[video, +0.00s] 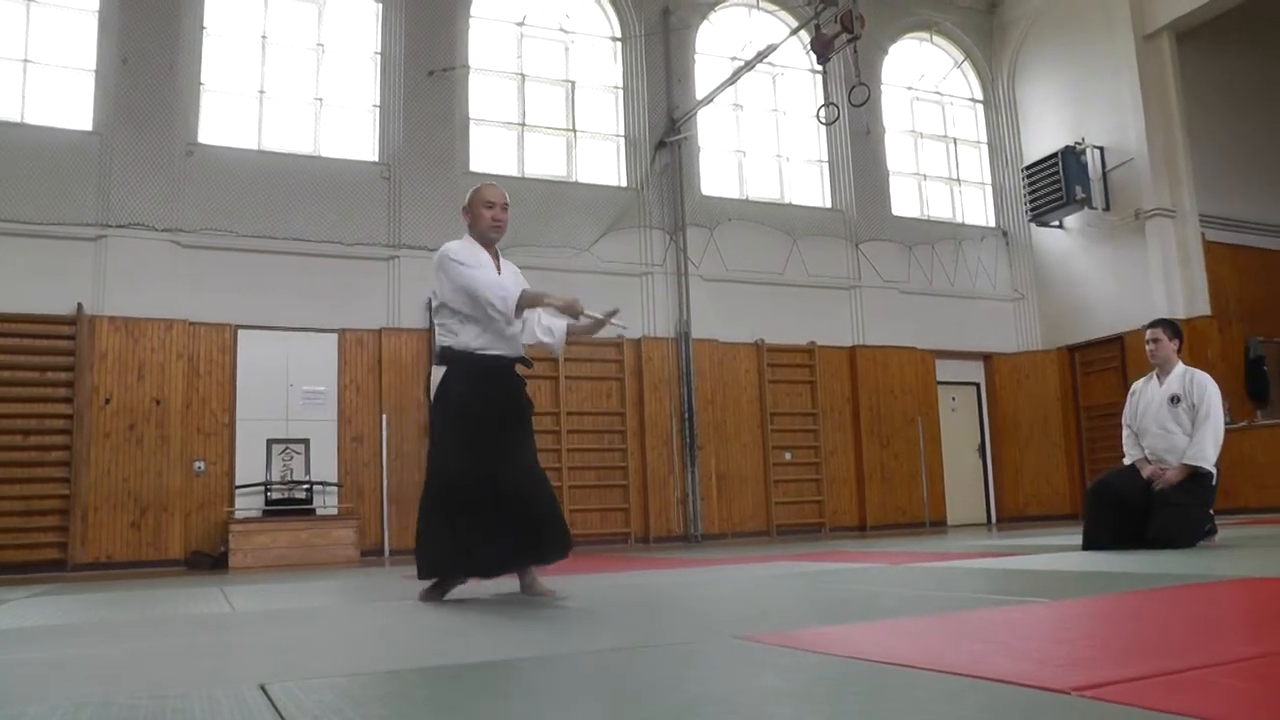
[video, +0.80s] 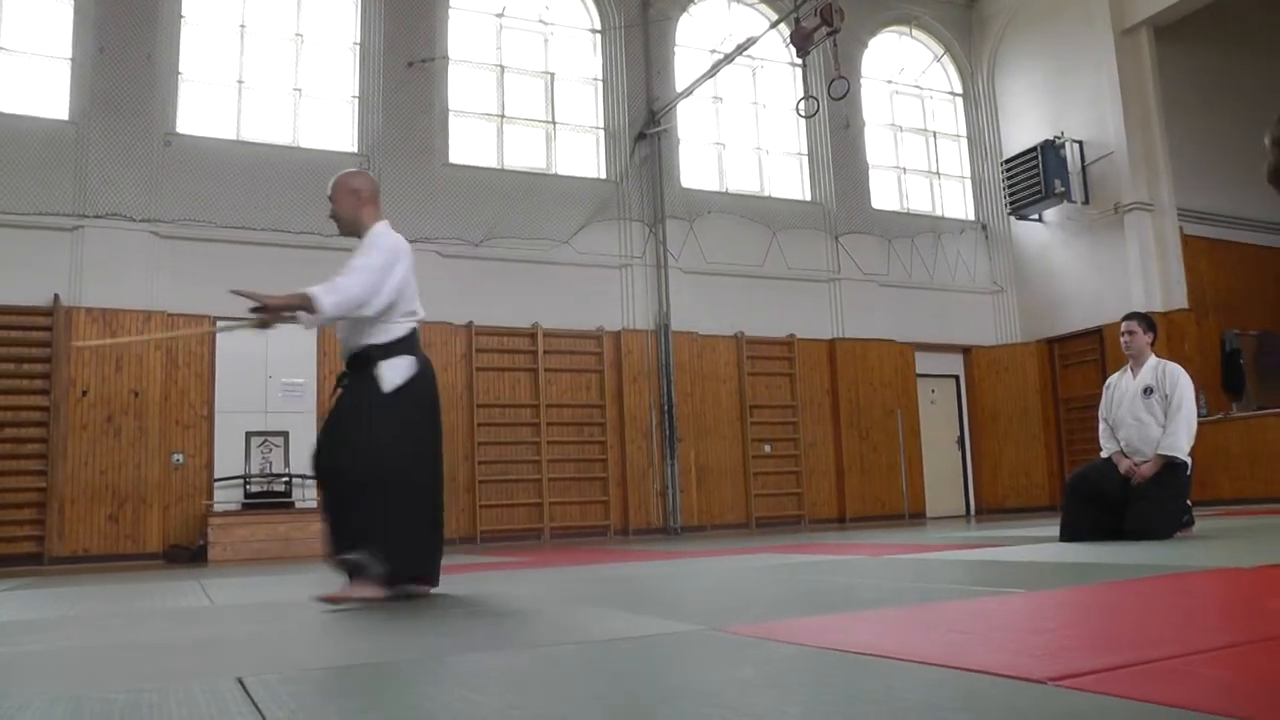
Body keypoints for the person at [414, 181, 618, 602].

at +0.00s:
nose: (499, 214)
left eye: (504, 208)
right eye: (489, 207)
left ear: (509, 218)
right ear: (468, 215)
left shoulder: (510, 273)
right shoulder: (453, 255)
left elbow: (532, 323)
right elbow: (496, 297)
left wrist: (584, 328)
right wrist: (553, 301)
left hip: (503, 382)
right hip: (464, 381)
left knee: (517, 477)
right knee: (460, 478)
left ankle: (527, 574)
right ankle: (453, 570)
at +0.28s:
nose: (456, 211)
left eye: (465, 204)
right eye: (449, 204)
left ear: (481, 212)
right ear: (440, 211)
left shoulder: (497, 267)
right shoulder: (425, 249)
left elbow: (534, 310)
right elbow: (463, 272)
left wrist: (585, 300)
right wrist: (521, 274)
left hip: (489, 375)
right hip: (441, 375)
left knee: (504, 471)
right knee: (428, 471)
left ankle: (516, 569)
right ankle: (432, 573)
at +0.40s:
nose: (425, 212)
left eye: (434, 204)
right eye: (419, 205)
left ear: (454, 209)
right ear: (411, 212)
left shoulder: (478, 261)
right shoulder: (398, 252)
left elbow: (524, 303)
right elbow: (404, 279)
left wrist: (562, 292)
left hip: (473, 376)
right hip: (422, 378)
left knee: (494, 469)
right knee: (406, 470)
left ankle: (511, 569)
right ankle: (419, 574)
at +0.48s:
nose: (403, 211)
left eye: (412, 203)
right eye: (397, 204)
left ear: (434, 208)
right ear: (392, 212)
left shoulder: (464, 258)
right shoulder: (383, 254)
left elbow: (504, 305)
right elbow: (371, 279)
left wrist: (529, 292)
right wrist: (382, 274)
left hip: (457, 374)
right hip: (406, 378)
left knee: (482, 468)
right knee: (398, 472)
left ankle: (511, 562)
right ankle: (415, 573)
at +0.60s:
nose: (369, 211)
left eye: (376, 203)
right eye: (366, 204)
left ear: (406, 205)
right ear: (370, 210)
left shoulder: (436, 254)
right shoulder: (362, 259)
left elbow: (479, 301)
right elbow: (323, 276)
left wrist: (451, 293)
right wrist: (296, 279)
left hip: (431, 376)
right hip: (386, 378)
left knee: (450, 469)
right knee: (382, 473)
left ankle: (488, 546)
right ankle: (412, 573)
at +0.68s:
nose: (351, 211)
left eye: (358, 202)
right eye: (350, 204)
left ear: (389, 204)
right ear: (360, 209)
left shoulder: (423, 251)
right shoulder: (359, 260)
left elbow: (430, 298)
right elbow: (311, 283)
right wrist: (257, 288)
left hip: (419, 372)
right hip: (379, 375)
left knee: (419, 469)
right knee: (374, 473)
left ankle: (462, 549)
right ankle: (412, 576)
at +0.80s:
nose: (330, 212)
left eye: (333, 201)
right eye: (329, 202)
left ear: (361, 198)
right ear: (361, 199)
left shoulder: (384, 242)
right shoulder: (376, 245)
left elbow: (354, 292)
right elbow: (341, 301)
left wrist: (288, 301)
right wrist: (286, 312)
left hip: (388, 375)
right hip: (383, 373)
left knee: (336, 460)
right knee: (398, 472)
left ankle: (370, 576)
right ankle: (407, 574)